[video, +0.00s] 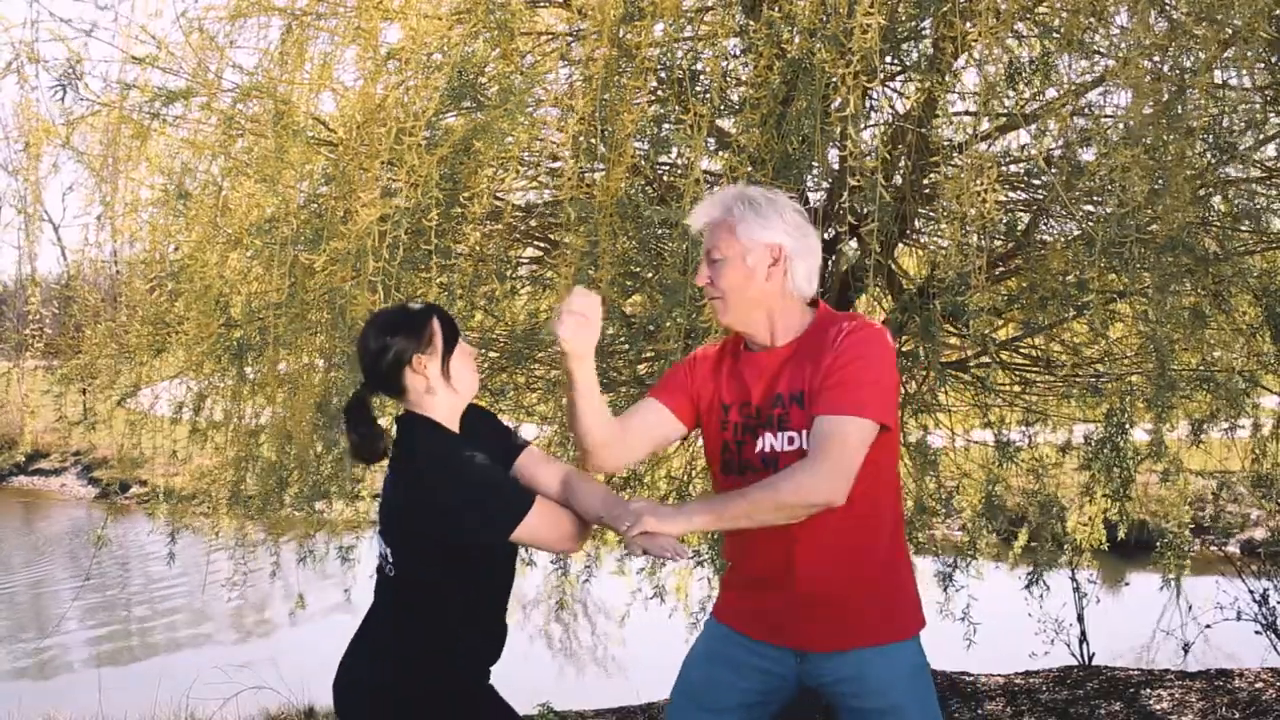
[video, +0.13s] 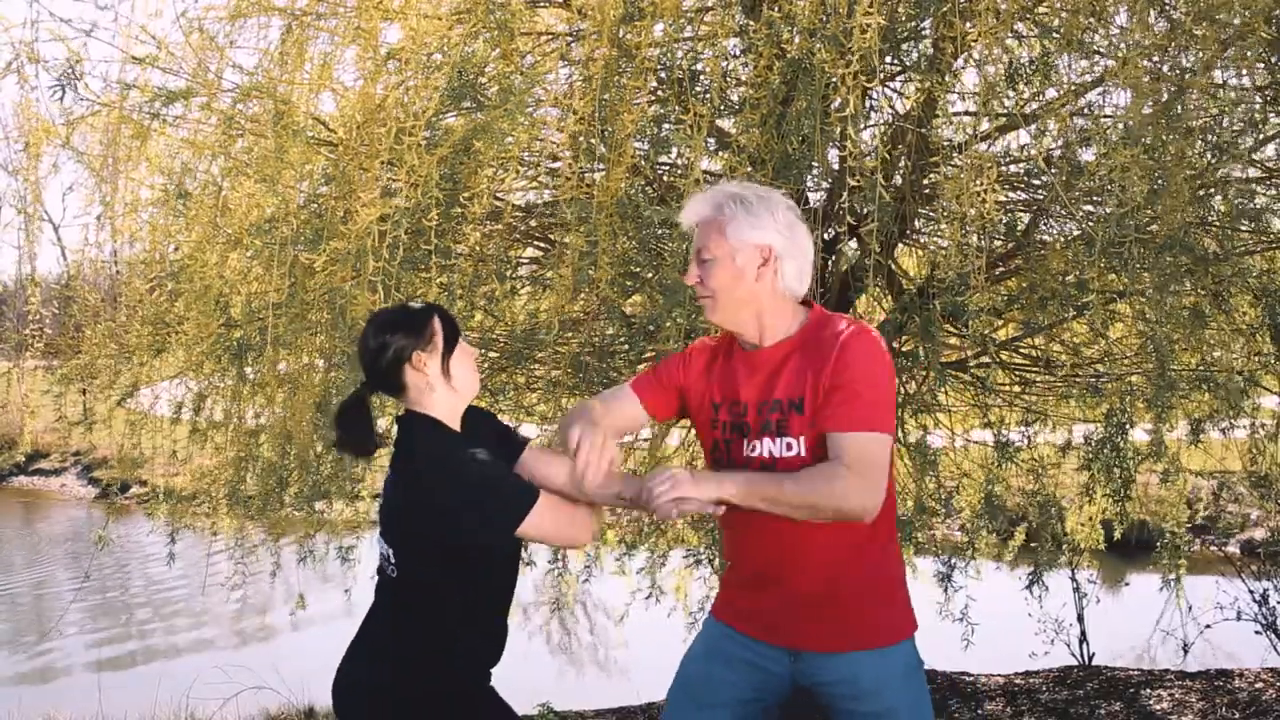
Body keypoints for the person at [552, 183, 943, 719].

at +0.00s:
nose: (700, 278)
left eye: (715, 260)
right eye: (704, 261)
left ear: (774, 262)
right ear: (766, 264)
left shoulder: (857, 344)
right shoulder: (707, 369)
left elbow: (825, 480)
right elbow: (606, 453)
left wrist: (681, 517)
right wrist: (581, 359)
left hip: (869, 646)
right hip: (742, 640)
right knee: (684, 710)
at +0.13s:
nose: (690, 277)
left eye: (705, 260)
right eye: (694, 260)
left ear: (764, 262)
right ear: (757, 264)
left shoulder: (851, 349)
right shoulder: (702, 365)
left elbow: (858, 491)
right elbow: (594, 415)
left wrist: (723, 486)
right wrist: (591, 429)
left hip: (863, 651)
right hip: (738, 641)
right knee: (682, 709)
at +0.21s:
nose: (678, 273)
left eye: (692, 256)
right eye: (682, 256)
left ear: (749, 260)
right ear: (743, 261)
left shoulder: (834, 349)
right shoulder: (696, 361)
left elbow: (798, 490)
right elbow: (580, 426)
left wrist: (688, 434)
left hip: (852, 642)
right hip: (731, 634)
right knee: (682, 709)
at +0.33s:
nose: (672, 277)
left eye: (685, 259)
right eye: (674, 261)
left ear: (742, 260)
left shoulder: (810, 346)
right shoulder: (694, 361)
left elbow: (680, 446)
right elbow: (584, 434)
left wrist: (552, 434)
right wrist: (566, 511)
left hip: (839, 635)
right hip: (722, 628)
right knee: (673, 711)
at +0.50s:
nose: (661, 278)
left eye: (674, 261)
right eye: (663, 262)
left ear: (730, 260)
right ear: (728, 262)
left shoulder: (809, 346)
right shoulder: (687, 363)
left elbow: (714, 473)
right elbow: (578, 441)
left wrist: (610, 422)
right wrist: (551, 503)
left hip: (833, 638)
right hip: (716, 632)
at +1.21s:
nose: (655, 274)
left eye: (666, 255)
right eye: (655, 259)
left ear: (722, 250)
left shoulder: (810, 332)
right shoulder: (684, 363)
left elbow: (767, 471)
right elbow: (596, 435)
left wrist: (660, 445)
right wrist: (551, 488)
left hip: (851, 620)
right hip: (738, 618)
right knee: (692, 711)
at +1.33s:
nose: (685, 266)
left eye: (697, 248)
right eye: (688, 250)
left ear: (753, 247)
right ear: (749, 248)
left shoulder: (838, 335)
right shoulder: (709, 363)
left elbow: (826, 478)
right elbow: (636, 456)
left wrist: (712, 470)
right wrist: (580, 460)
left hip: (870, 632)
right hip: (752, 627)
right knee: (708, 710)